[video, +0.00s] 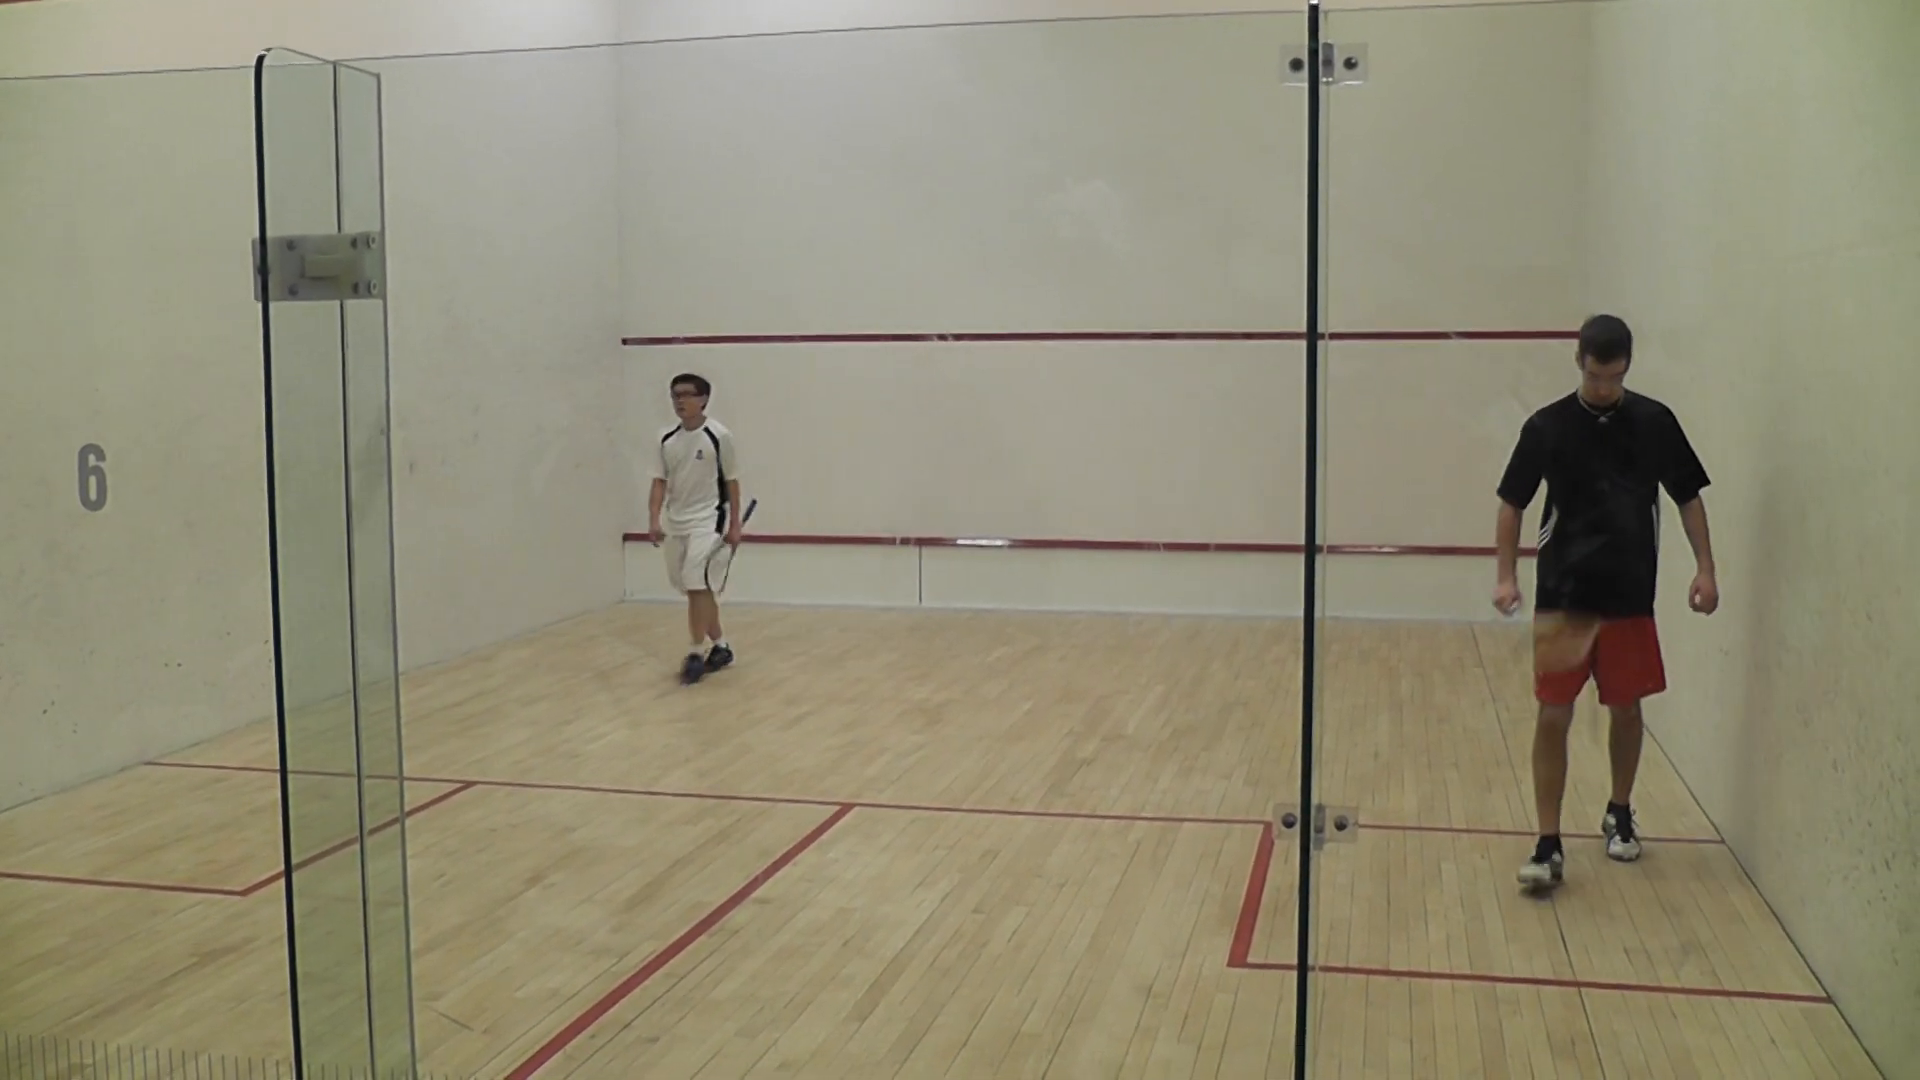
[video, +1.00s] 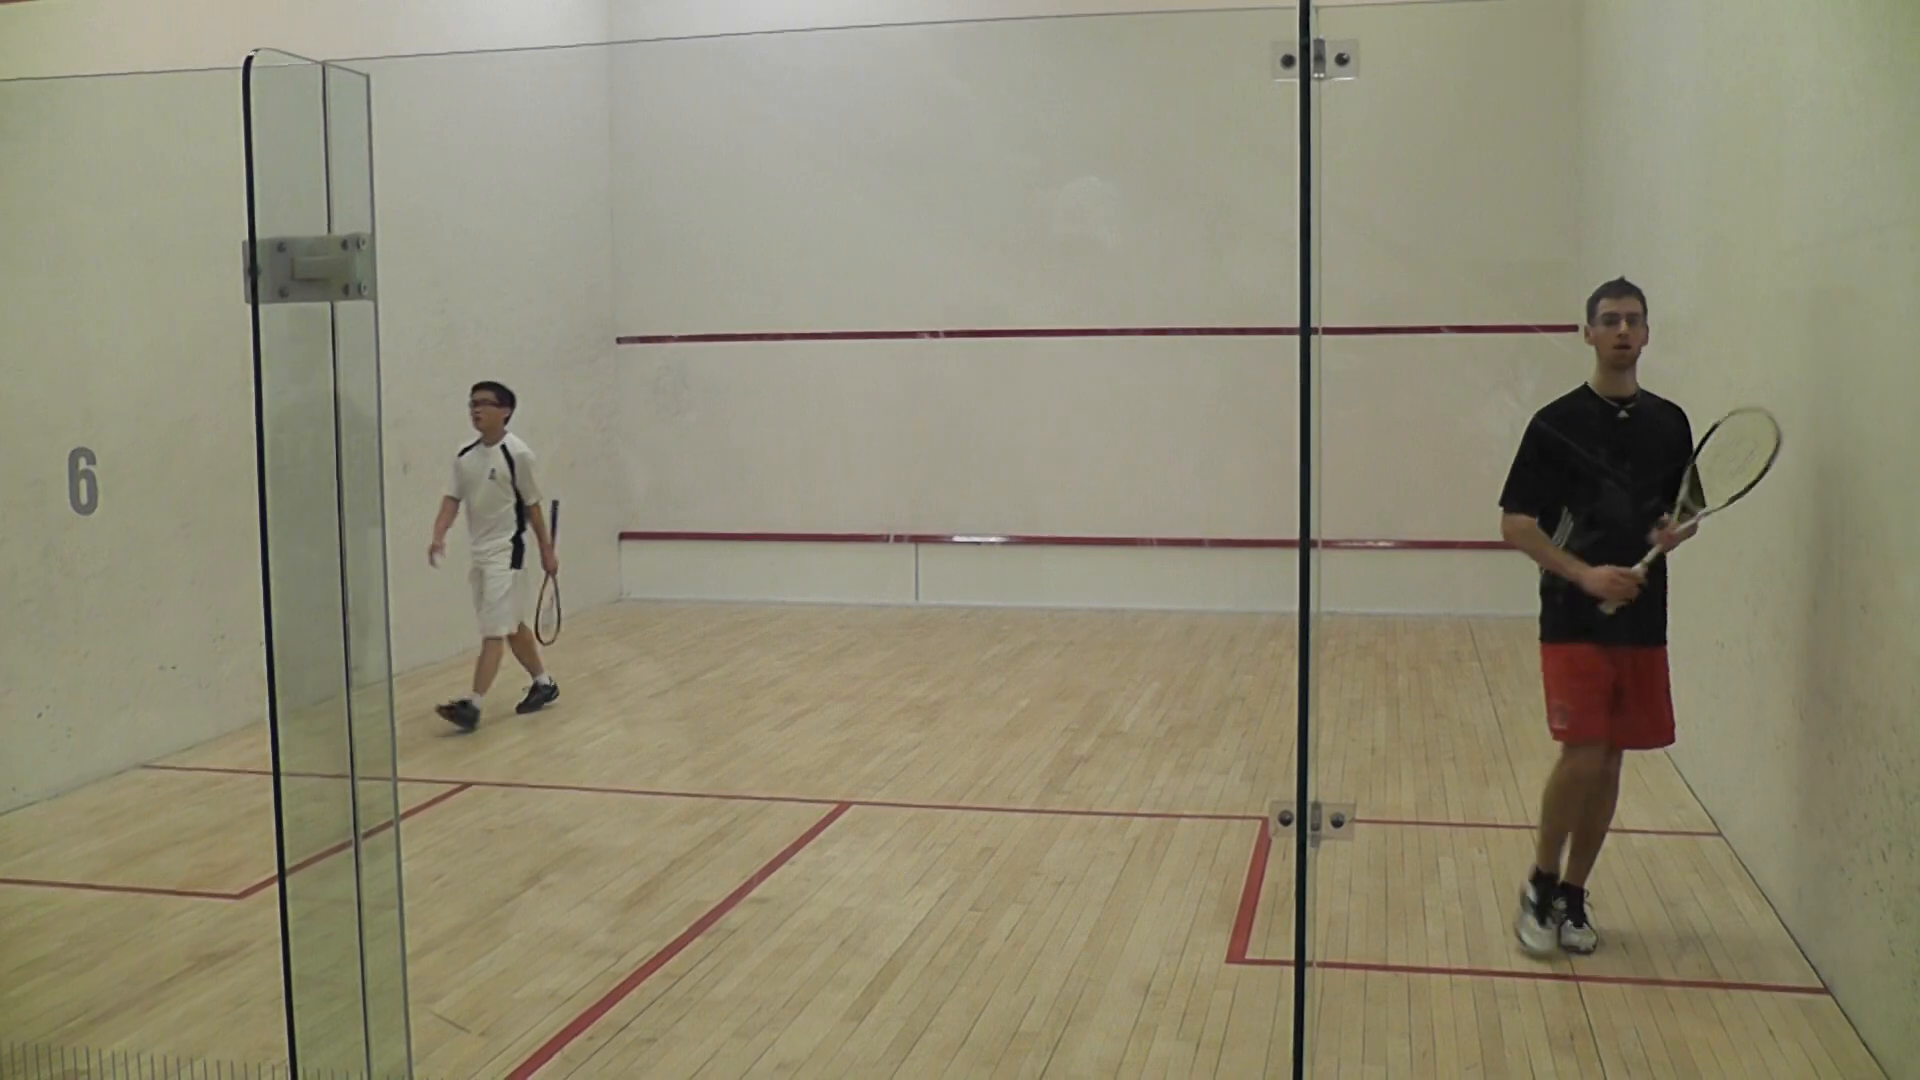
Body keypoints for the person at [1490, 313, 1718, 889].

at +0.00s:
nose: (1605, 388)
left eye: (1615, 377)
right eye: (1597, 376)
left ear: (1629, 367)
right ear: (1579, 362)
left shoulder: (1654, 423)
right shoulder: (1547, 428)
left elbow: (1688, 495)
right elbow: (1512, 502)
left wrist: (1706, 568)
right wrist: (1505, 575)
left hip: (1629, 596)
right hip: (1563, 595)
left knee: (1626, 710)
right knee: (1553, 715)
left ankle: (1620, 813)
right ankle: (1547, 845)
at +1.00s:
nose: (1624, 332)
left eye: (1634, 321)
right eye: (1611, 321)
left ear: (1648, 333)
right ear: (1589, 333)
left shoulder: (1670, 423)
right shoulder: (1556, 423)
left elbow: (1686, 508)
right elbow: (1516, 526)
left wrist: (1672, 531)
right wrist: (1587, 574)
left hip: (1640, 622)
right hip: (1574, 621)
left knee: (1609, 758)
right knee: (1583, 753)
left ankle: (1574, 896)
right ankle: (1543, 887)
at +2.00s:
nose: (1633, 380)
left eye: (1638, 369)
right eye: (1622, 371)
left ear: (1642, 360)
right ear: (1597, 363)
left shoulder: (1650, 428)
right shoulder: (1572, 400)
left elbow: (1645, 521)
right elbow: (1647, 405)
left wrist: (1671, 533)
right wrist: (1752, 375)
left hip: (1623, 616)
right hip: (1579, 614)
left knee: (1618, 765)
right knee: (1601, 774)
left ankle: (1569, 897)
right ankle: (1622, 947)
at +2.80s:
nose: (1466, 359)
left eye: (1472, 347)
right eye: (1451, 349)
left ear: (1481, 353)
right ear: (1425, 357)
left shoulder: (1473, 419)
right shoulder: (1400, 427)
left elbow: (1455, 503)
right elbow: (1379, 528)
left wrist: (1489, 540)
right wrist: (1450, 579)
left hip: (1446, 616)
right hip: (1394, 620)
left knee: (1475, 736)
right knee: (1383, 743)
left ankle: (1481, 876)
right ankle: (1354, 875)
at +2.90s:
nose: (1448, 352)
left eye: (1455, 341)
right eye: (1434, 343)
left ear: (1465, 348)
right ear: (1410, 351)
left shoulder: (1455, 412)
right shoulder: (1391, 422)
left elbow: (1431, 495)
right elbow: (1360, 518)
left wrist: (1463, 535)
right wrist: (1415, 589)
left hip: (1431, 608)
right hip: (1381, 613)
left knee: (1448, 730)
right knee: (1376, 740)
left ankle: (1419, 861)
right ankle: (1353, 873)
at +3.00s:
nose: (1437, 350)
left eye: (1444, 340)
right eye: (1424, 341)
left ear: (1452, 347)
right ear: (1397, 349)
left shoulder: (1437, 414)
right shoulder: (1379, 419)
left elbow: (1414, 495)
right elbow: (1348, 514)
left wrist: (1449, 526)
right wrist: (1382, 600)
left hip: (1415, 605)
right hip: (1375, 608)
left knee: (1417, 721)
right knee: (1377, 730)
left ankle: (1366, 836)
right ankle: (1351, 875)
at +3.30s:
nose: (1442, 392)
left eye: (1446, 379)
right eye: (1441, 377)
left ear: (1410, 364)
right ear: (1413, 363)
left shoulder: (1380, 420)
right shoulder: (1359, 418)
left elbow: (1389, 502)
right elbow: (1315, 502)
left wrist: (1455, 478)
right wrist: (1310, 587)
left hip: (1358, 603)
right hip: (1351, 608)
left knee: (1318, 713)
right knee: (1353, 728)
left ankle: (1291, 824)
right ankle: (1353, 870)